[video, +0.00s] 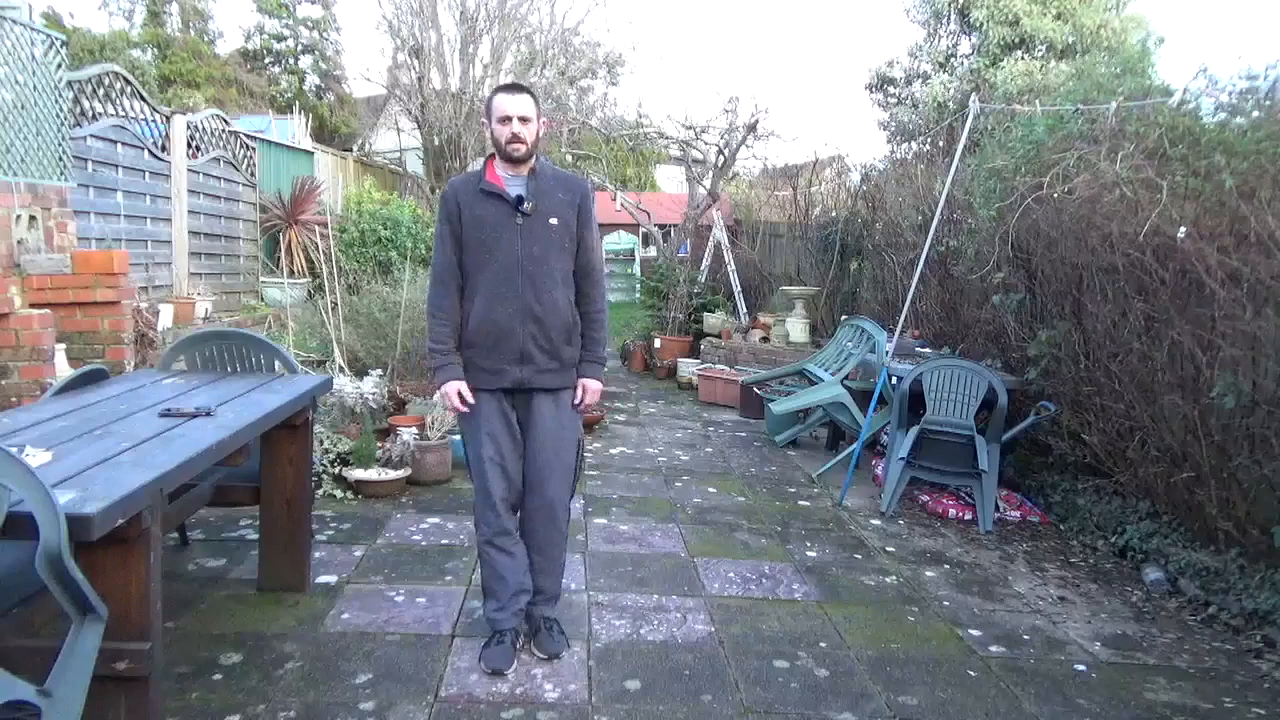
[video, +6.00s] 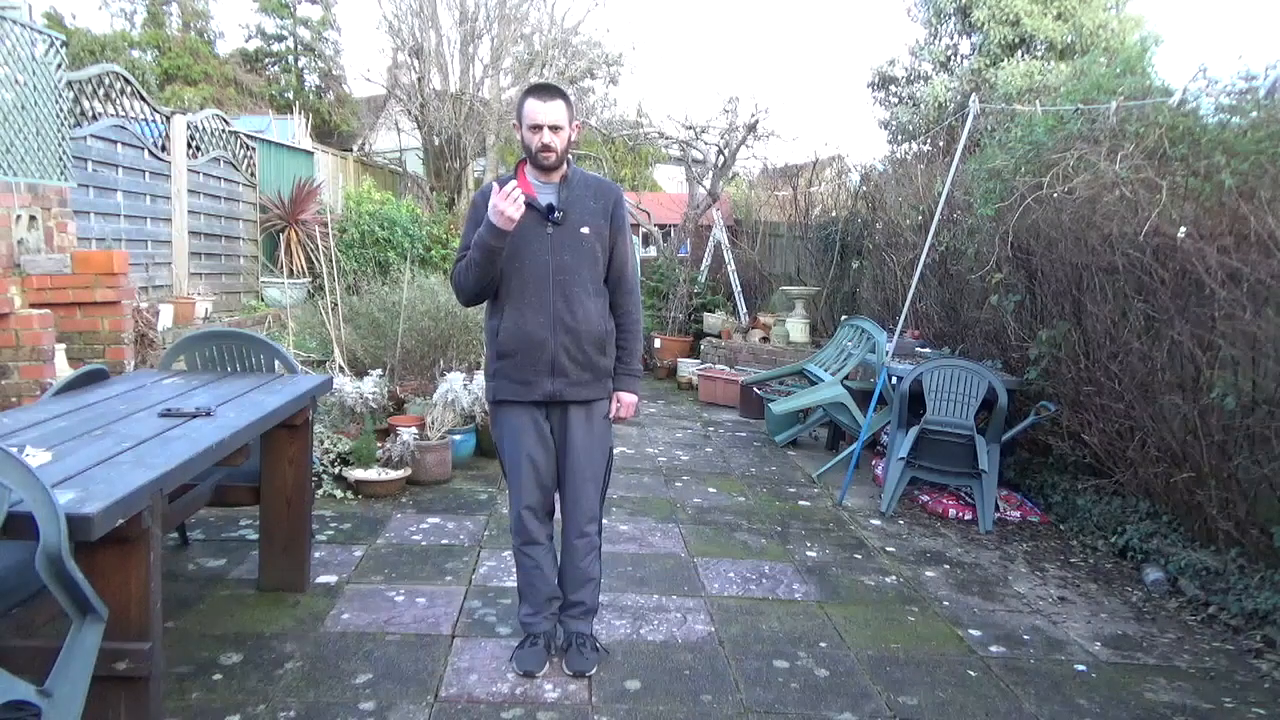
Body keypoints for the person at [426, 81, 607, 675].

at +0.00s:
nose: (515, 129)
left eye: (524, 119)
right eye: (504, 120)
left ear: (540, 126)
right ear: (488, 128)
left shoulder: (573, 192)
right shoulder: (460, 194)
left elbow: (592, 286)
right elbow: (443, 288)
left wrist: (593, 365)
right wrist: (446, 367)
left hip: (557, 373)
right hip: (483, 374)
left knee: (549, 500)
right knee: (495, 503)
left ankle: (546, 608)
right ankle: (503, 620)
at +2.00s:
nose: (550, 137)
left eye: (559, 126)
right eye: (539, 128)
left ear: (578, 127)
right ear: (527, 132)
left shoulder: (613, 195)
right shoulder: (501, 197)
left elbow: (632, 293)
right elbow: (483, 295)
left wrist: (632, 377)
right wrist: (483, 378)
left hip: (594, 378)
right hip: (521, 379)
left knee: (585, 510)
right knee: (531, 506)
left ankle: (580, 632)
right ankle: (536, 631)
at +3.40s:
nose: (544, 137)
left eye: (554, 126)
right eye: (533, 127)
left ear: (572, 126)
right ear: (520, 129)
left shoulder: (606, 194)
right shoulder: (494, 199)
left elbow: (627, 290)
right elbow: (461, 283)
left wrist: (628, 375)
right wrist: (491, 300)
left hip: (589, 378)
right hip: (517, 380)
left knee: (584, 510)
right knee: (528, 506)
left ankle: (579, 631)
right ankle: (535, 631)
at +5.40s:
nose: (554, 138)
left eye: (564, 128)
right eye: (544, 127)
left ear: (579, 133)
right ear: (526, 130)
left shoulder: (607, 198)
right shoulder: (493, 199)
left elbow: (626, 293)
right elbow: (467, 292)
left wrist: (628, 377)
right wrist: (492, 266)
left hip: (591, 379)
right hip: (517, 380)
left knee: (583, 512)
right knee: (529, 511)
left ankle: (580, 626)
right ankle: (536, 628)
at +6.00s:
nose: (545, 138)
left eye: (554, 128)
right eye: (534, 128)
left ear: (572, 130)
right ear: (520, 131)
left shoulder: (605, 197)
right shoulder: (493, 197)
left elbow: (625, 293)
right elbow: (467, 291)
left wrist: (627, 377)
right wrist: (497, 230)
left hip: (590, 379)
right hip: (516, 380)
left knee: (583, 514)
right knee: (529, 514)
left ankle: (579, 627)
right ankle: (535, 629)